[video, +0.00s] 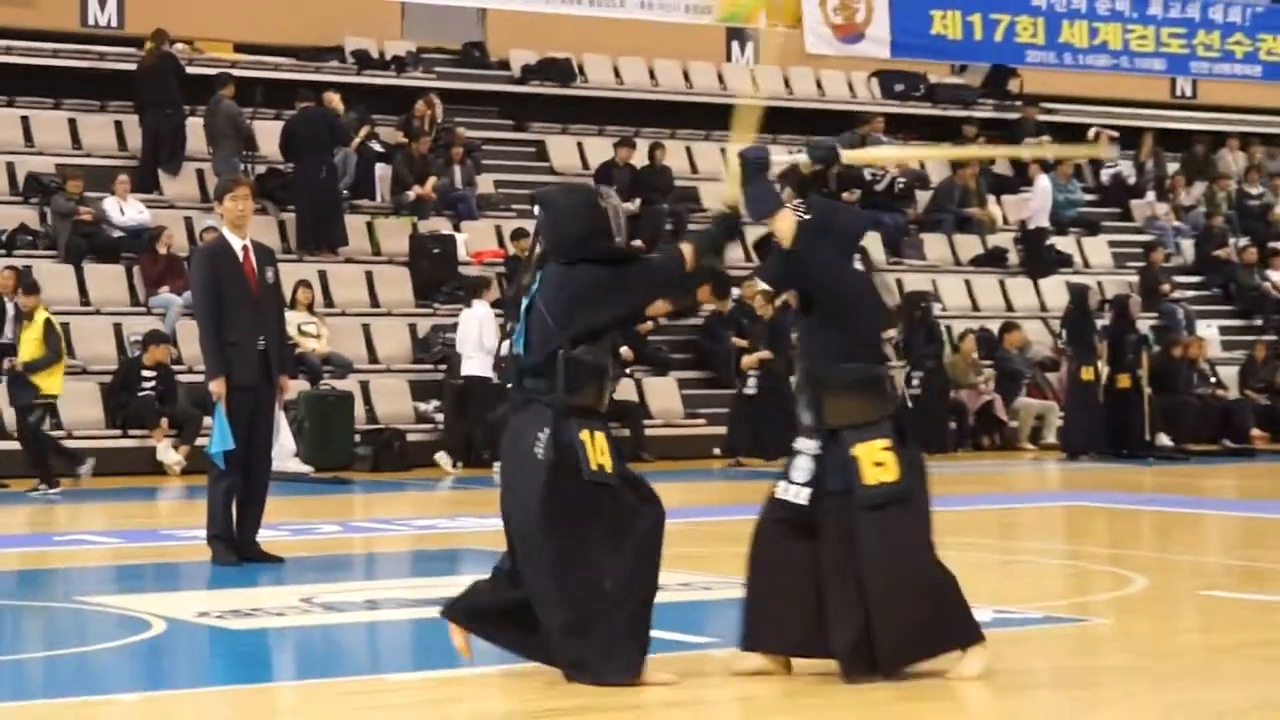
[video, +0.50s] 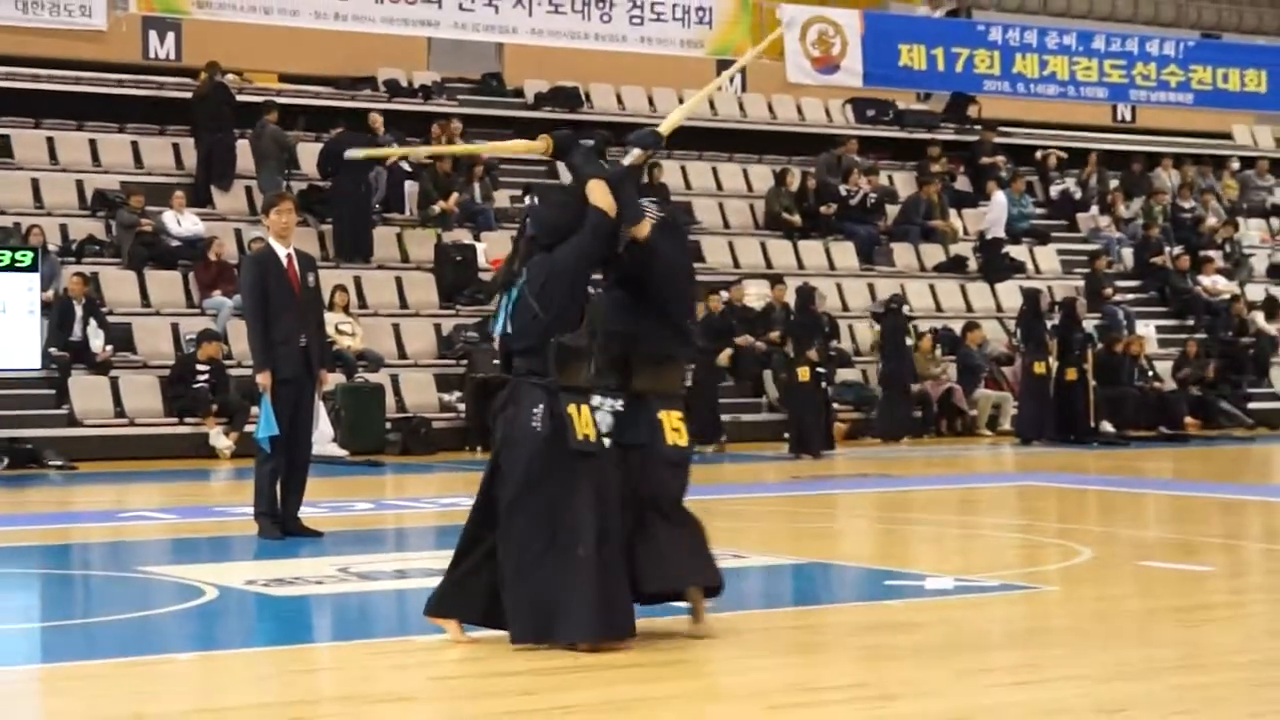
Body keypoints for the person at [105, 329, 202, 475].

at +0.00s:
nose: (169, 353)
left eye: (168, 349)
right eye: (165, 348)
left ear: (154, 349)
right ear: (152, 348)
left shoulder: (166, 371)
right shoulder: (128, 366)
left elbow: (170, 399)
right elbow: (113, 394)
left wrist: (165, 417)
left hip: (157, 414)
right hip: (129, 415)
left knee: (194, 416)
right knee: (147, 401)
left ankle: (178, 458)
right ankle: (162, 446)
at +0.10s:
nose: (179, 349)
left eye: (179, 345)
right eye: (176, 345)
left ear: (165, 345)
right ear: (163, 345)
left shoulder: (176, 366)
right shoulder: (140, 362)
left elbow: (181, 394)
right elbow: (126, 390)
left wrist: (175, 412)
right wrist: (148, 398)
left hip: (168, 408)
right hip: (141, 410)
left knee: (204, 411)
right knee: (159, 397)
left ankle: (188, 453)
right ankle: (173, 441)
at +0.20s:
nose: (196, 349)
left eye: (196, 346)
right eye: (193, 345)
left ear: (182, 346)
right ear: (180, 345)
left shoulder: (193, 366)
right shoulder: (158, 362)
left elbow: (198, 393)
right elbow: (144, 389)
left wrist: (191, 410)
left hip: (185, 406)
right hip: (158, 407)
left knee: (219, 410)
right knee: (176, 395)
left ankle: (204, 449)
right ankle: (190, 438)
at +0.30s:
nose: (207, 349)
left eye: (206, 346)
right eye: (203, 345)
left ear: (193, 346)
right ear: (191, 345)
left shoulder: (204, 366)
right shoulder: (170, 362)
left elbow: (209, 391)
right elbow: (156, 388)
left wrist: (202, 406)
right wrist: (177, 396)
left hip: (197, 404)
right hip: (171, 406)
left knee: (229, 408)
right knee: (187, 394)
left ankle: (215, 447)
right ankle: (200, 435)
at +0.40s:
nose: (214, 349)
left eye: (213, 345)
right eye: (211, 345)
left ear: (200, 345)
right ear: (198, 345)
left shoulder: (211, 366)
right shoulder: (177, 362)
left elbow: (216, 391)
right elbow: (164, 388)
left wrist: (209, 405)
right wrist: (185, 394)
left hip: (204, 403)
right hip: (177, 404)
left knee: (236, 407)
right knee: (195, 393)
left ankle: (222, 445)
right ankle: (207, 434)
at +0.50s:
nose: (220, 349)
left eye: (220, 345)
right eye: (217, 345)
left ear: (206, 345)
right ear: (205, 345)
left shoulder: (218, 365)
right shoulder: (184, 361)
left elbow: (223, 391)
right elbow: (172, 388)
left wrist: (216, 404)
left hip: (210, 403)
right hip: (184, 404)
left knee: (242, 406)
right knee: (202, 392)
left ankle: (228, 444)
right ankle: (214, 433)